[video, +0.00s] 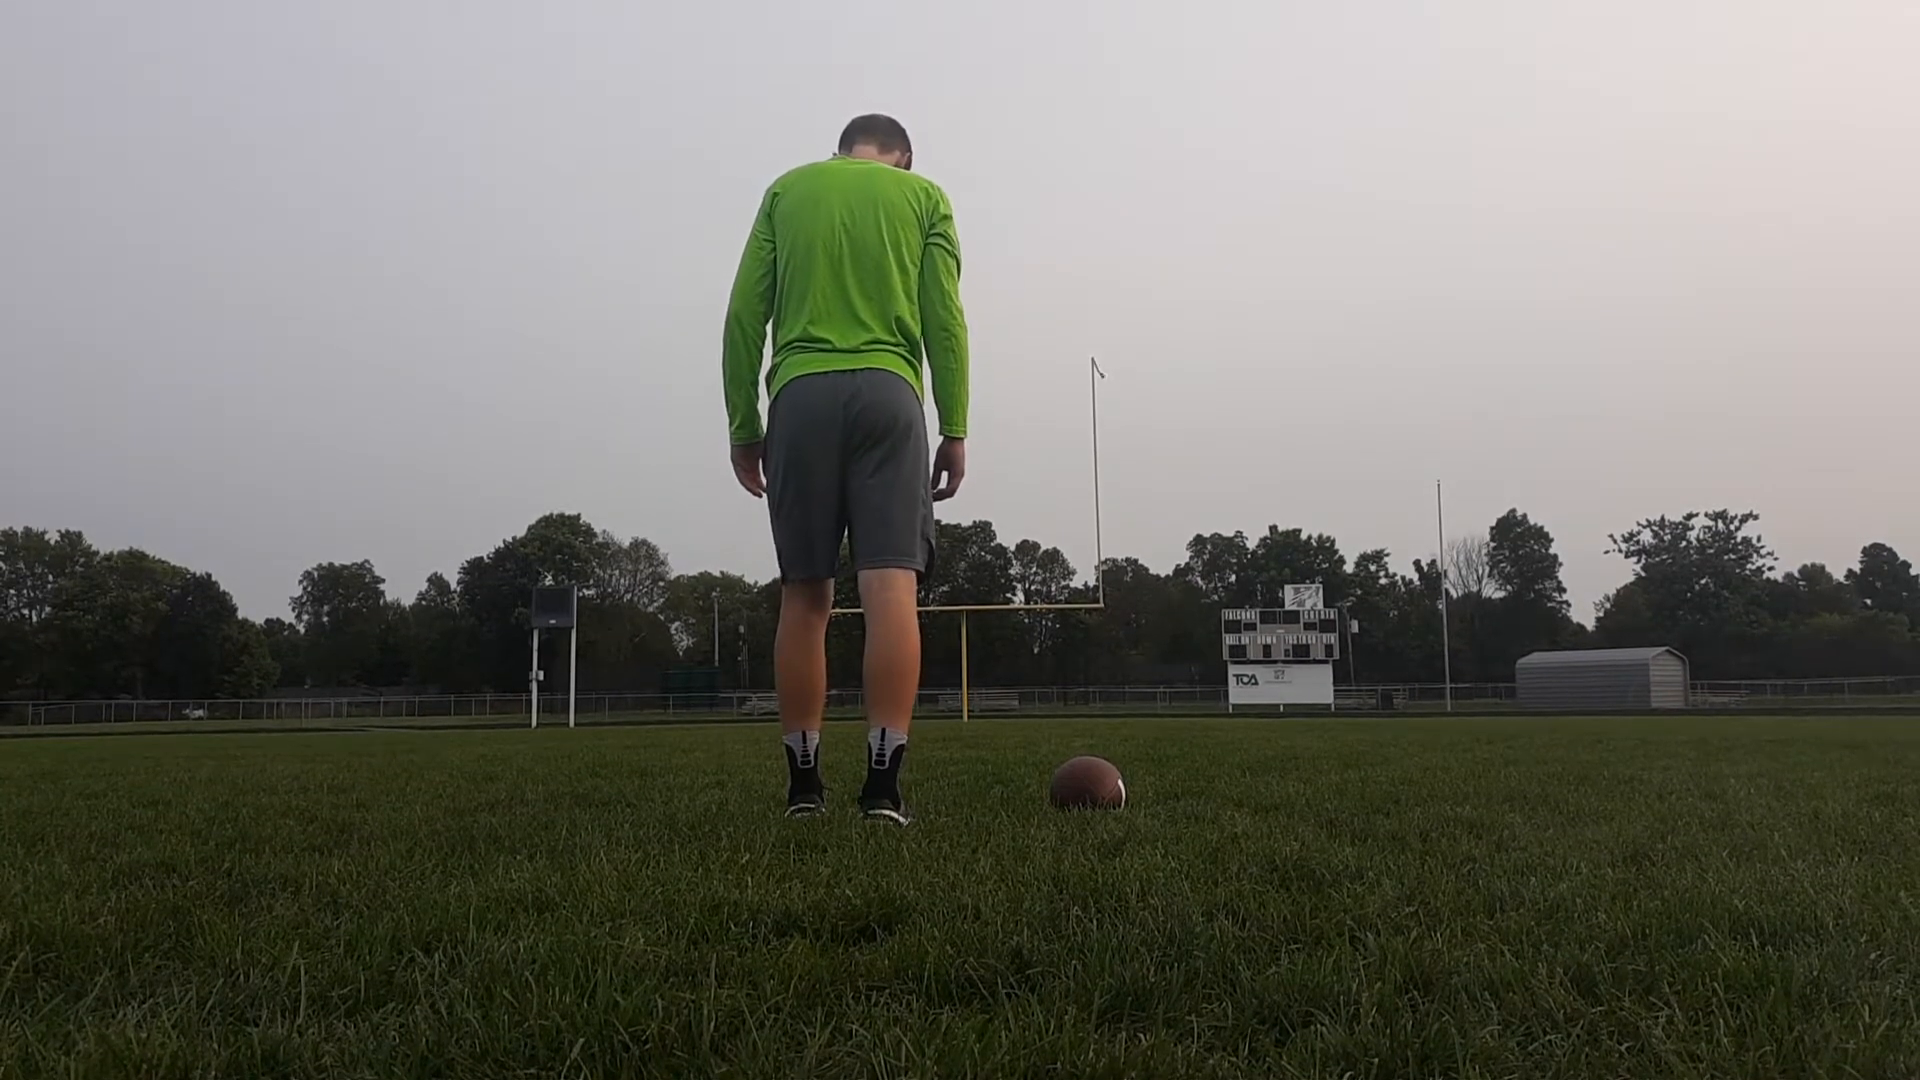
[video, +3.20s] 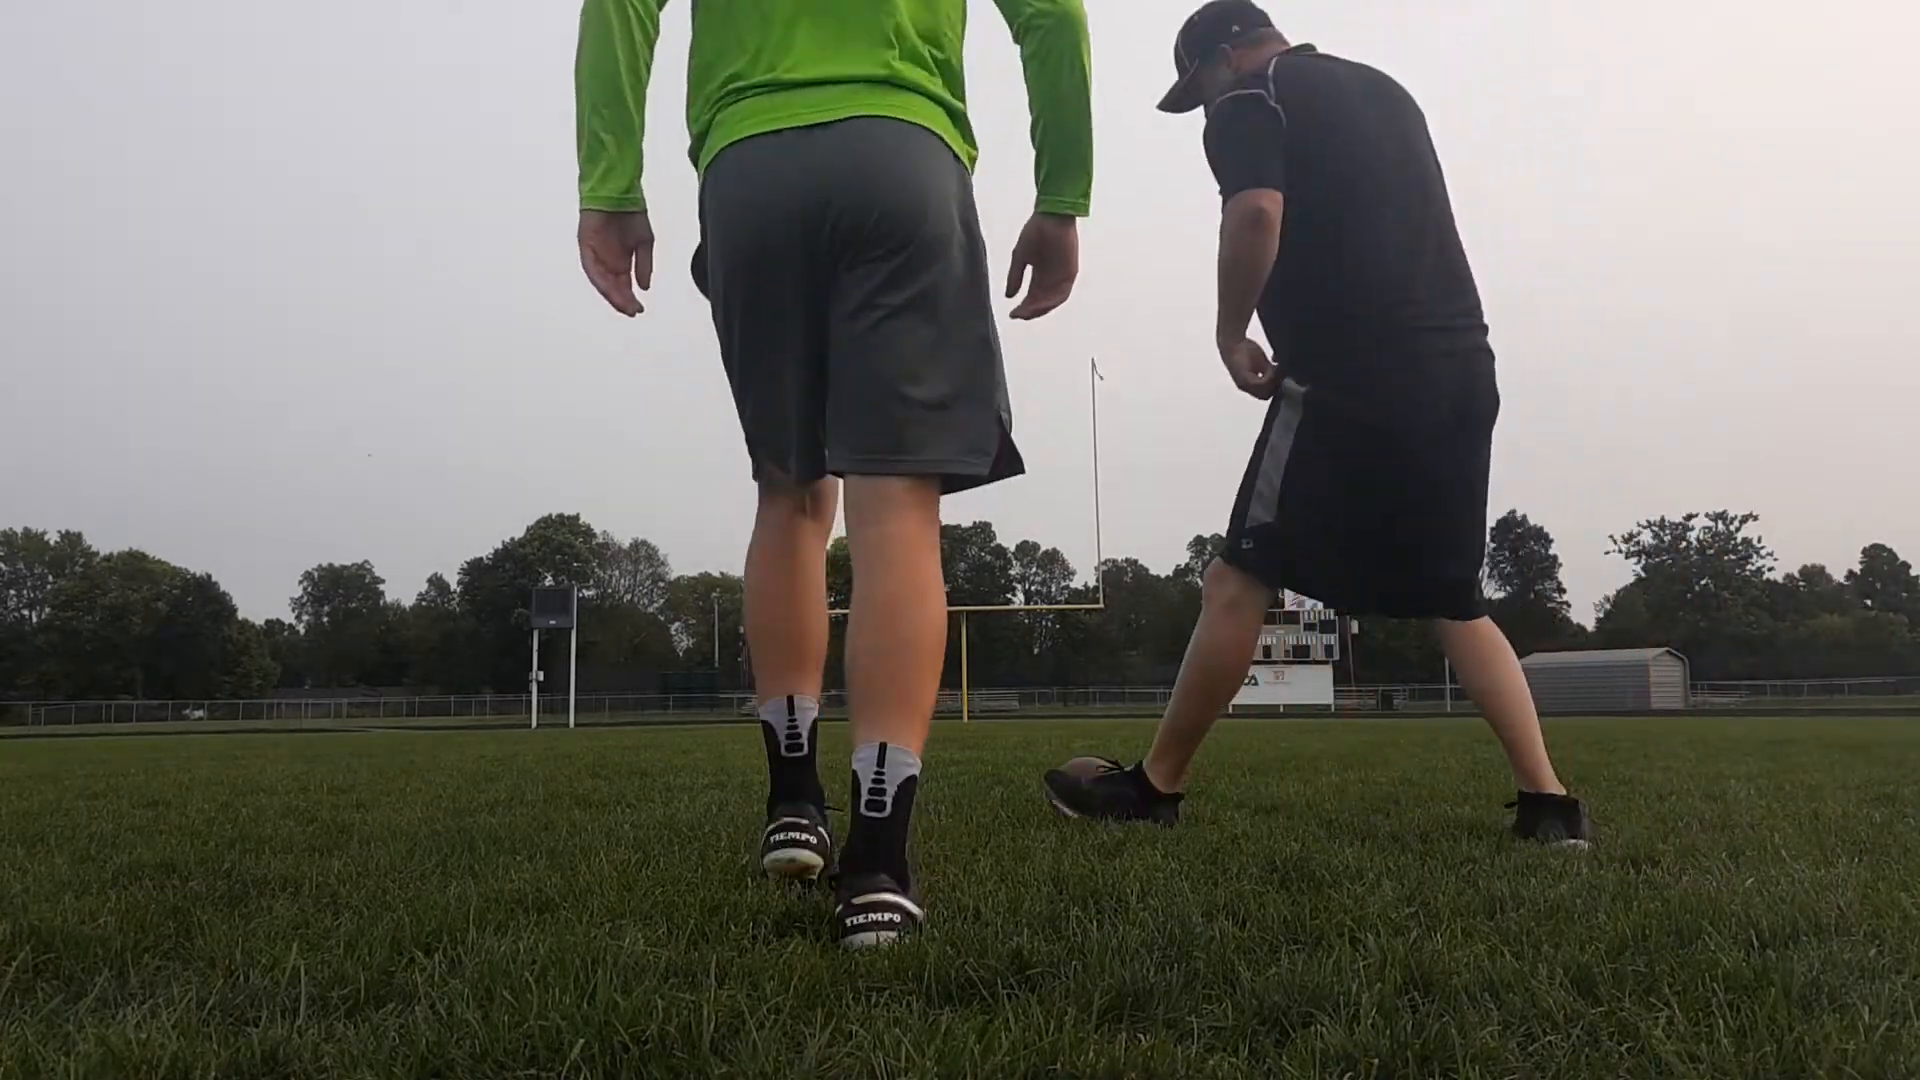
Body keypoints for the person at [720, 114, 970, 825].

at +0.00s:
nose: (907, 176)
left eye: (901, 165)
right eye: (908, 166)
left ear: (841, 148)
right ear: (902, 155)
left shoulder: (787, 187)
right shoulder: (923, 193)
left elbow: (745, 311)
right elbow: (943, 313)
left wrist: (743, 427)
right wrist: (955, 429)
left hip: (801, 396)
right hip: (888, 394)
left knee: (804, 595)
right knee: (890, 591)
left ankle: (804, 787)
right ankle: (883, 792)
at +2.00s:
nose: (905, 95)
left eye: (894, 84)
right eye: (910, 84)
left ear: (836, 72)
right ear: (908, 78)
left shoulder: (784, 126)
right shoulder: (943, 134)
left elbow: (726, 269)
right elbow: (984, 264)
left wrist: (742, 393)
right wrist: (1001, 395)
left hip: (803, 366)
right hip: (902, 374)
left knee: (806, 581)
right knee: (900, 592)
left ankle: (793, 769)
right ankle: (885, 793)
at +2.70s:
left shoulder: (714, 7)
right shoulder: (921, 6)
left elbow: (654, 137)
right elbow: (959, 107)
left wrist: (658, 310)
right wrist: (985, 276)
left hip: (759, 270)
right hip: (879, 268)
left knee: (787, 548)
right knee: (907, 536)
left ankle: (803, 825)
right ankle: (884, 731)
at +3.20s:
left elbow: (618, 7)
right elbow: (1051, 16)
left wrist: (610, 184)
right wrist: (1060, 200)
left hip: (749, 157)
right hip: (906, 148)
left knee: (790, 493)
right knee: (899, 505)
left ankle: (792, 801)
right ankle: (879, 864)